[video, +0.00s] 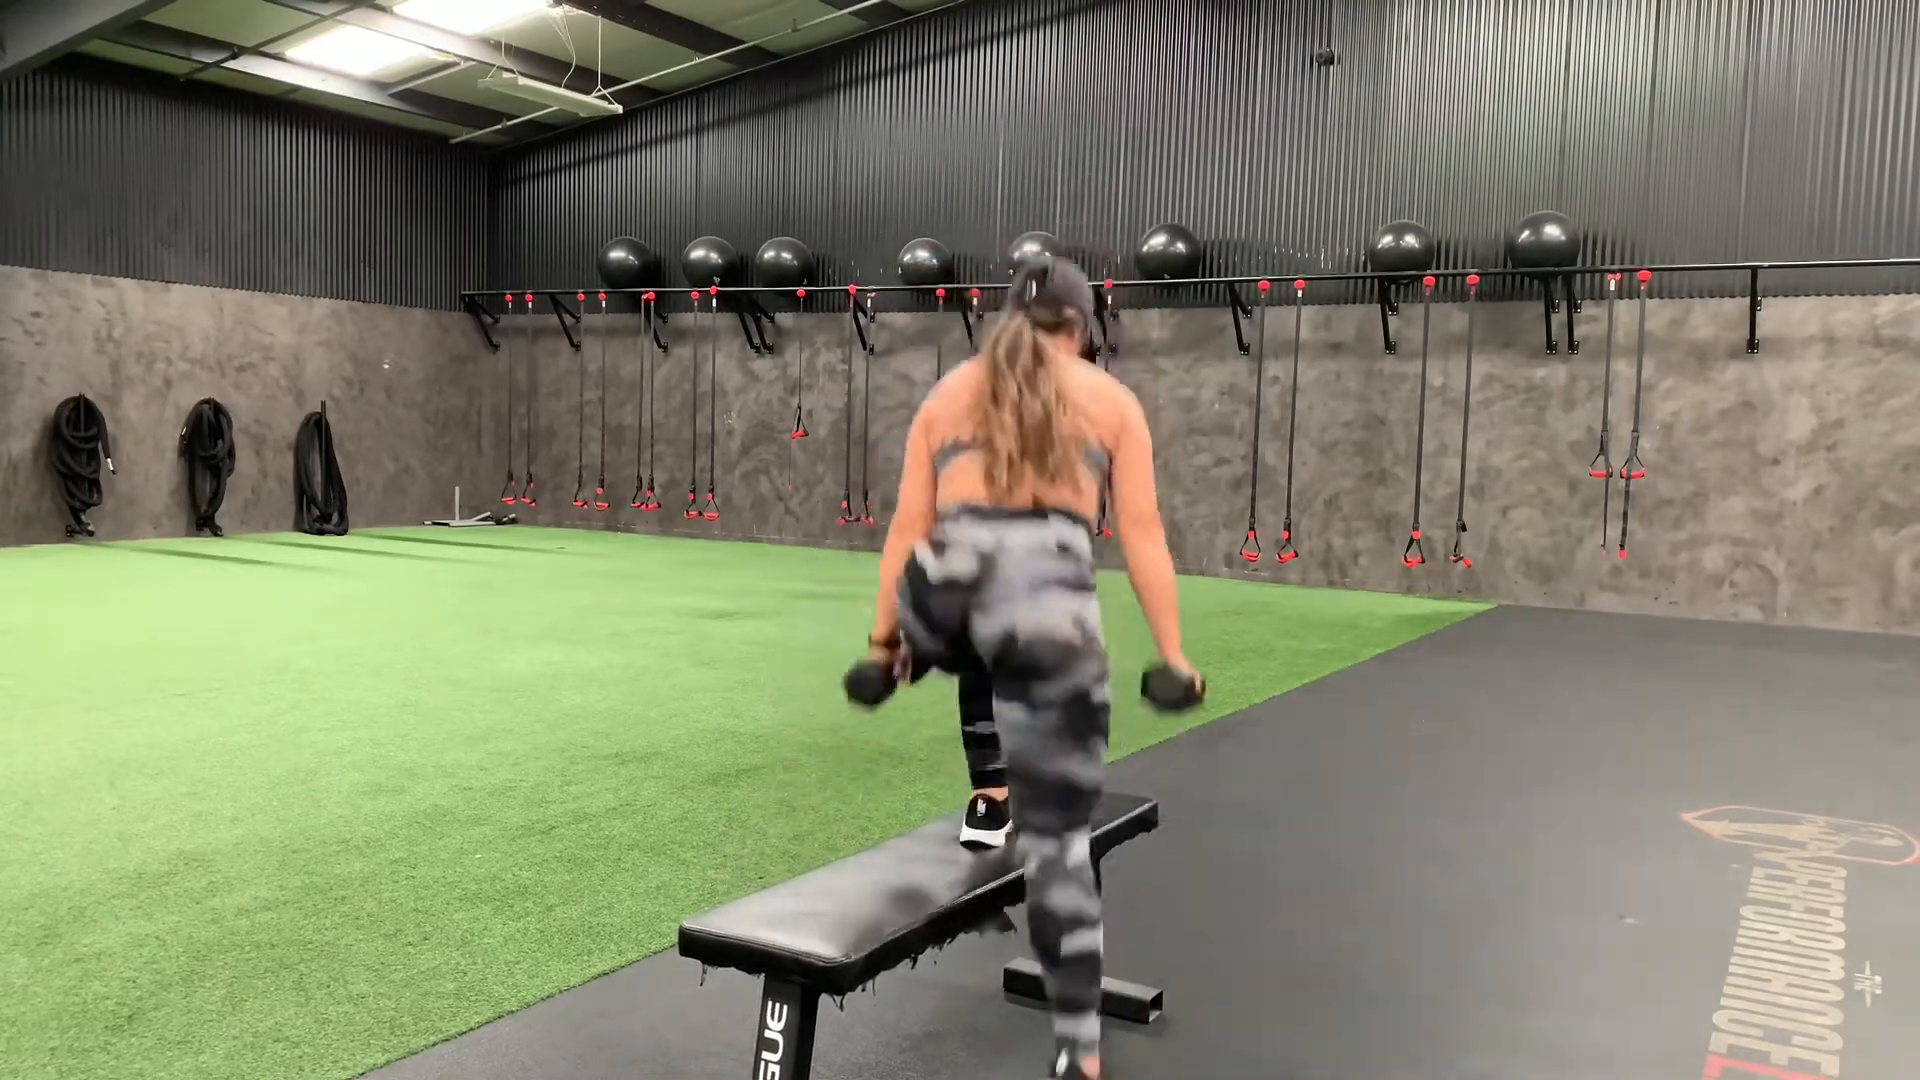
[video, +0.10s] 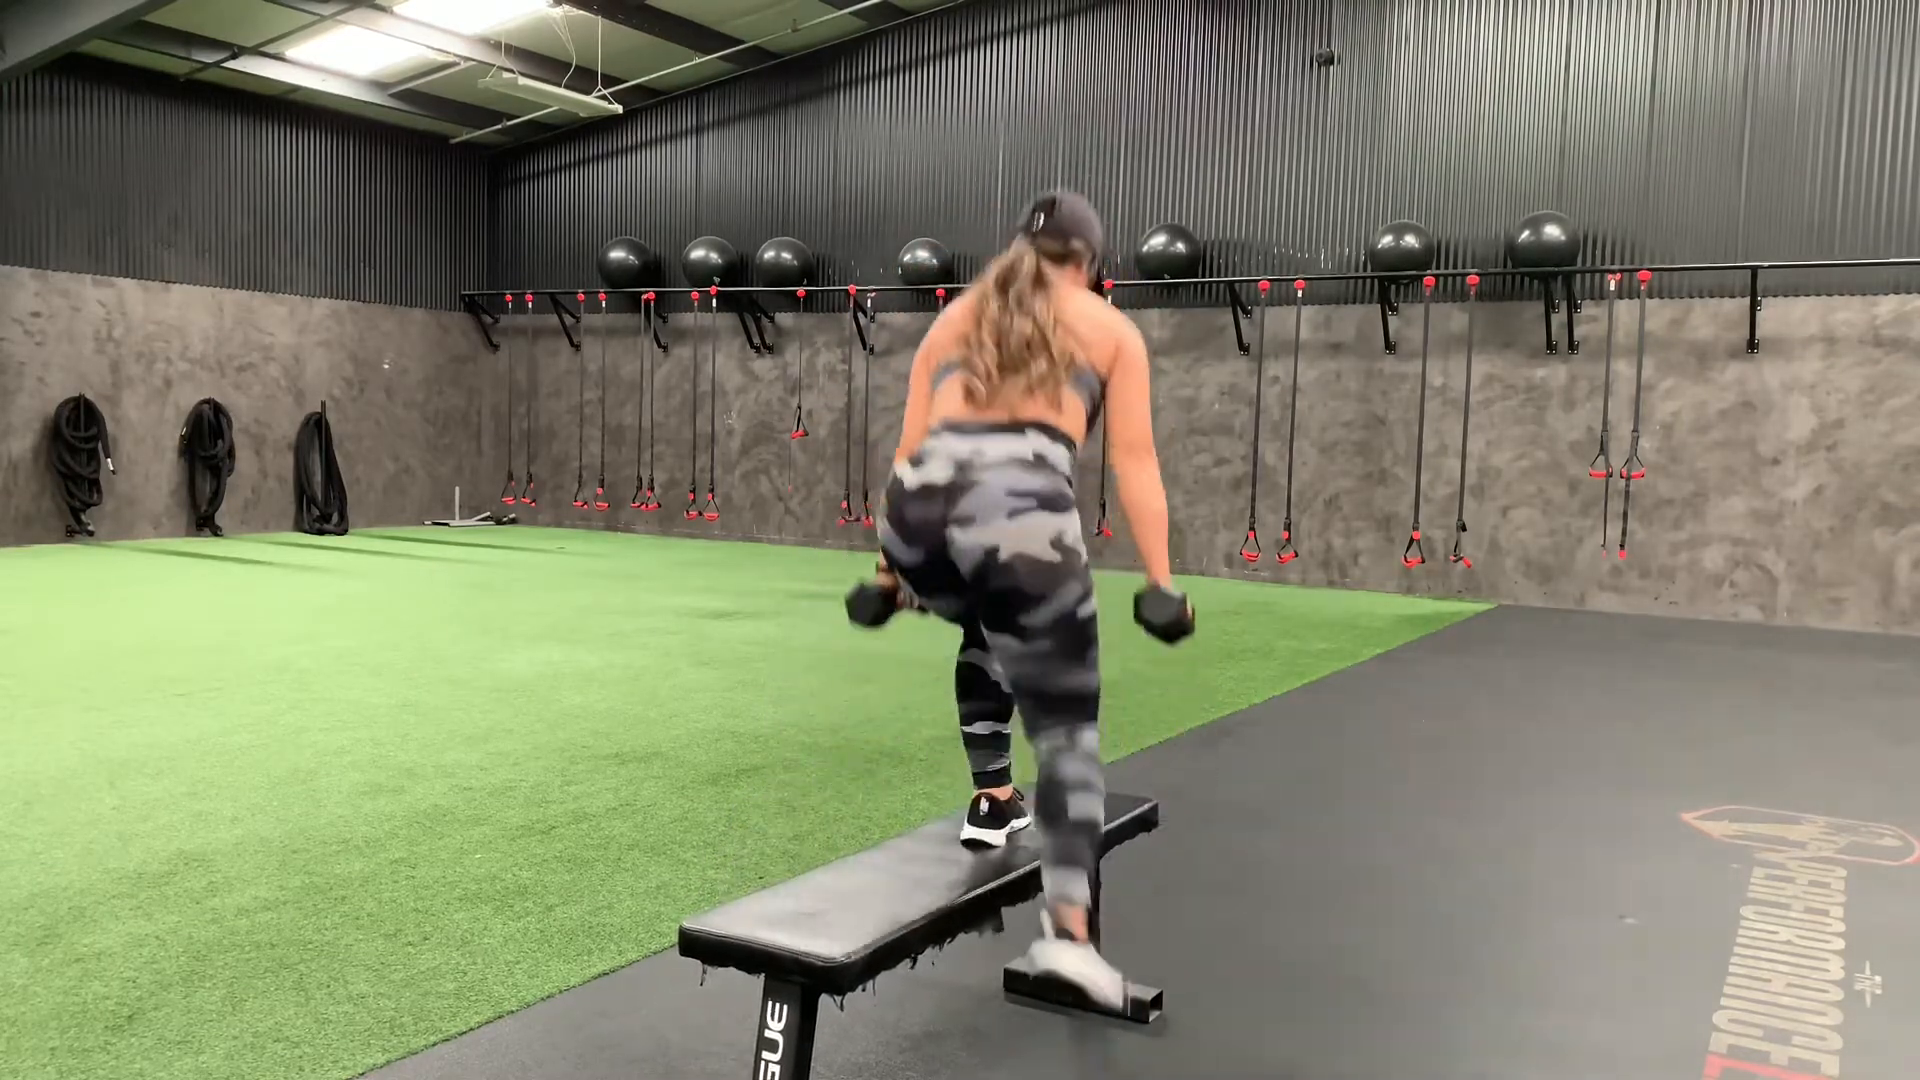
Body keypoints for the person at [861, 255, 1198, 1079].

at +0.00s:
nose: (1088, 339)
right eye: (1087, 328)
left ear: (1007, 318)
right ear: (1077, 326)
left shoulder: (949, 392)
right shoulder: (1110, 400)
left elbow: (909, 525)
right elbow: (1141, 532)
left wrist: (886, 633)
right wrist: (1172, 652)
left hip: (947, 580)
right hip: (1050, 589)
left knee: (950, 645)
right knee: (1055, 832)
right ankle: (1080, 1049)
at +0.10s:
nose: (1098, 279)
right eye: (1099, 267)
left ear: (1020, 250)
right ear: (1090, 263)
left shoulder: (953, 320)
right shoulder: (1110, 328)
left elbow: (913, 446)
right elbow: (1133, 460)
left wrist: (893, 562)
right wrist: (1160, 580)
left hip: (924, 504)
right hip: (1026, 505)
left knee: (983, 631)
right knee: (1064, 727)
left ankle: (993, 800)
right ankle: (1068, 933)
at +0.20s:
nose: (1098, 240)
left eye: (1096, 230)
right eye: (1100, 229)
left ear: (1029, 211)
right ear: (1091, 222)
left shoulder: (962, 266)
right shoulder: (1110, 283)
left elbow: (914, 383)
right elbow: (1128, 420)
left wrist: (882, 511)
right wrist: (1147, 536)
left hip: (901, 439)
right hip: (1005, 443)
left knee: (959, 609)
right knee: (1055, 625)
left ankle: (972, 780)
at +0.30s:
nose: (1100, 241)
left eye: (1099, 230)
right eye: (1100, 228)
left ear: (1025, 210)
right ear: (1089, 221)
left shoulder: (958, 262)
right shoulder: (1102, 278)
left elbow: (909, 383)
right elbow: (1114, 411)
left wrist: (881, 517)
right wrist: (1127, 539)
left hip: (886, 429)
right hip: (994, 434)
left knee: (946, 592)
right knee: (1042, 602)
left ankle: (880, 772)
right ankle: (999, 791)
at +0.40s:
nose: (1095, 277)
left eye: (1094, 266)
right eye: (1096, 265)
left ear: (1025, 246)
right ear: (1088, 258)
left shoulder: (956, 299)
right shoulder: (1100, 316)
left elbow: (913, 419)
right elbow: (1103, 450)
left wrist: (863, 555)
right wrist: (1111, 574)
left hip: (880, 489)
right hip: (981, 498)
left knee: (894, 657)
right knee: (1036, 631)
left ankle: (798, 827)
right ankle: (985, 802)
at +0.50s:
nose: (1085, 340)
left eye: (1085, 327)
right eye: (1085, 327)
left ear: (1014, 314)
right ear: (1077, 325)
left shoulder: (952, 371)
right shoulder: (1086, 392)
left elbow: (910, 482)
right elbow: (1089, 530)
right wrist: (1097, 659)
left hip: (858, 583)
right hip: (952, 588)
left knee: (836, 765)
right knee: (1063, 636)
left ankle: (755, 914)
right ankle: (988, 808)